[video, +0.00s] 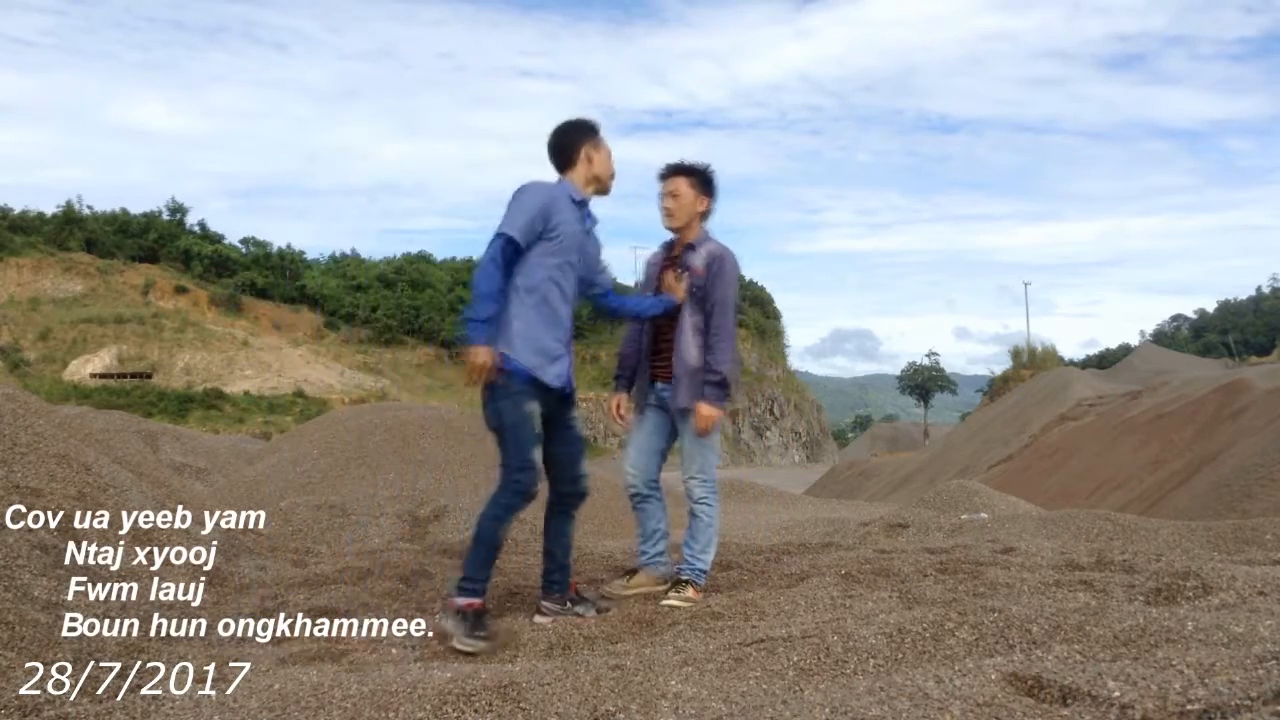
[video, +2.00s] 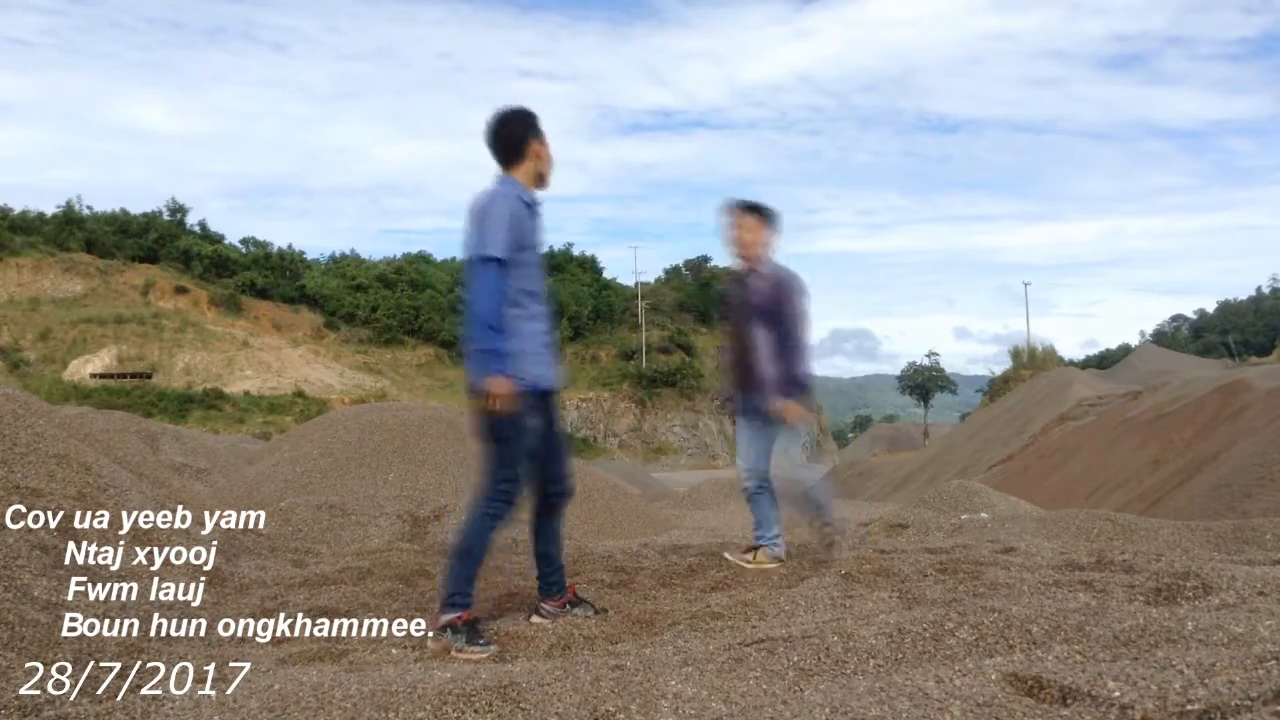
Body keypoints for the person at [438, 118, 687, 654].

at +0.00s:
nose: (614, 163)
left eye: (610, 153)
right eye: (608, 152)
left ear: (585, 159)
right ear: (587, 155)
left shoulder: (585, 233)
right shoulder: (541, 195)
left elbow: (608, 299)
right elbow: (496, 258)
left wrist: (668, 299)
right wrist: (480, 333)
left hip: (555, 376)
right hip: (513, 364)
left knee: (569, 486)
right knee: (520, 482)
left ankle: (556, 593)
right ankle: (468, 599)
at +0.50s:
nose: (549, 139)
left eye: (546, 129)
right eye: (544, 129)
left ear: (518, 135)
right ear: (525, 133)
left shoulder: (524, 201)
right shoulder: (470, 196)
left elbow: (538, 269)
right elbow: (453, 285)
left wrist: (605, 288)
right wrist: (460, 368)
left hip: (527, 372)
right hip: (484, 375)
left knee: (545, 481)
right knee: (496, 489)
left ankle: (550, 590)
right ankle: (460, 611)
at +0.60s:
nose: (542, 134)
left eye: (539, 123)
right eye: (537, 124)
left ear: (507, 130)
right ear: (519, 128)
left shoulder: (515, 196)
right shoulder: (464, 193)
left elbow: (509, 286)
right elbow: (444, 283)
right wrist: (437, 363)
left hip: (519, 370)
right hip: (473, 372)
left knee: (538, 479)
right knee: (488, 486)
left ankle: (540, 588)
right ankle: (458, 612)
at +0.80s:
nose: (538, 128)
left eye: (534, 117)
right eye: (533, 117)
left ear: (504, 125)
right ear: (517, 122)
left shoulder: (508, 194)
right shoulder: (462, 186)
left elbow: (480, 278)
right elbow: (429, 267)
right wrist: (427, 350)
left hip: (511, 367)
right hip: (465, 367)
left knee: (526, 476)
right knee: (474, 485)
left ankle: (500, 583)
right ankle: (453, 612)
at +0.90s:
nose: (535, 125)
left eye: (530, 115)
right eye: (530, 115)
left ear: (498, 123)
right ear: (515, 120)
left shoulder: (503, 188)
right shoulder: (462, 183)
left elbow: (446, 263)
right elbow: (433, 267)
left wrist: (408, 323)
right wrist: (434, 355)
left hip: (506, 366)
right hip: (464, 368)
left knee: (524, 473)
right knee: (471, 483)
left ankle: (486, 576)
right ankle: (447, 612)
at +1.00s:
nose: (531, 129)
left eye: (527, 117)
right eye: (527, 118)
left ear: (492, 126)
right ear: (513, 123)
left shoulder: (499, 192)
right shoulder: (459, 187)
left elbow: (485, 283)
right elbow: (437, 278)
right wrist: (446, 365)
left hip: (501, 370)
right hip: (463, 372)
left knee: (519, 476)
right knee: (472, 485)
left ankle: (481, 579)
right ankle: (447, 618)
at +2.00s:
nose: (550, 153)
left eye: (546, 143)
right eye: (546, 143)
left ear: (511, 151)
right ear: (534, 147)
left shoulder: (521, 207)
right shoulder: (499, 202)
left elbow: (518, 295)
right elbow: (485, 289)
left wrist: (539, 370)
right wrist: (494, 369)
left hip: (537, 380)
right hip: (510, 381)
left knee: (553, 488)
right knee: (501, 493)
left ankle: (553, 594)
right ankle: (452, 613)